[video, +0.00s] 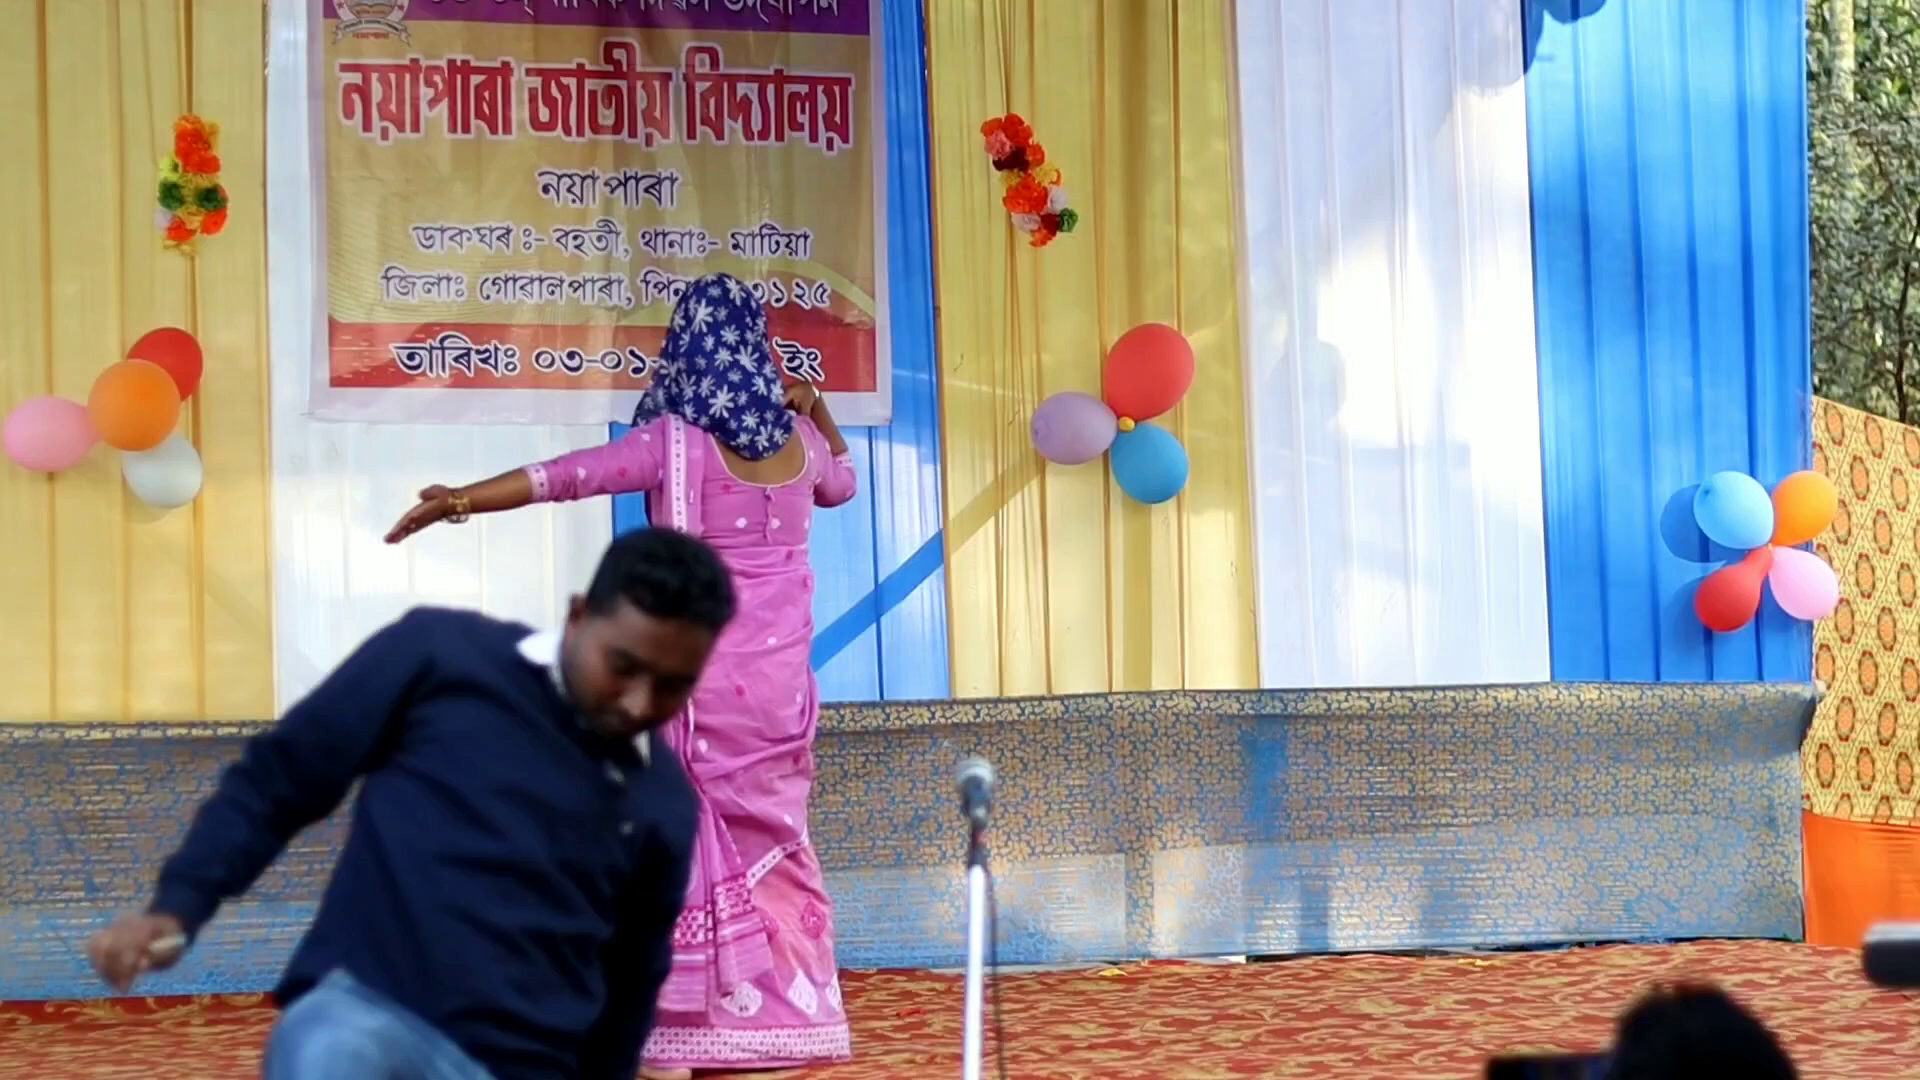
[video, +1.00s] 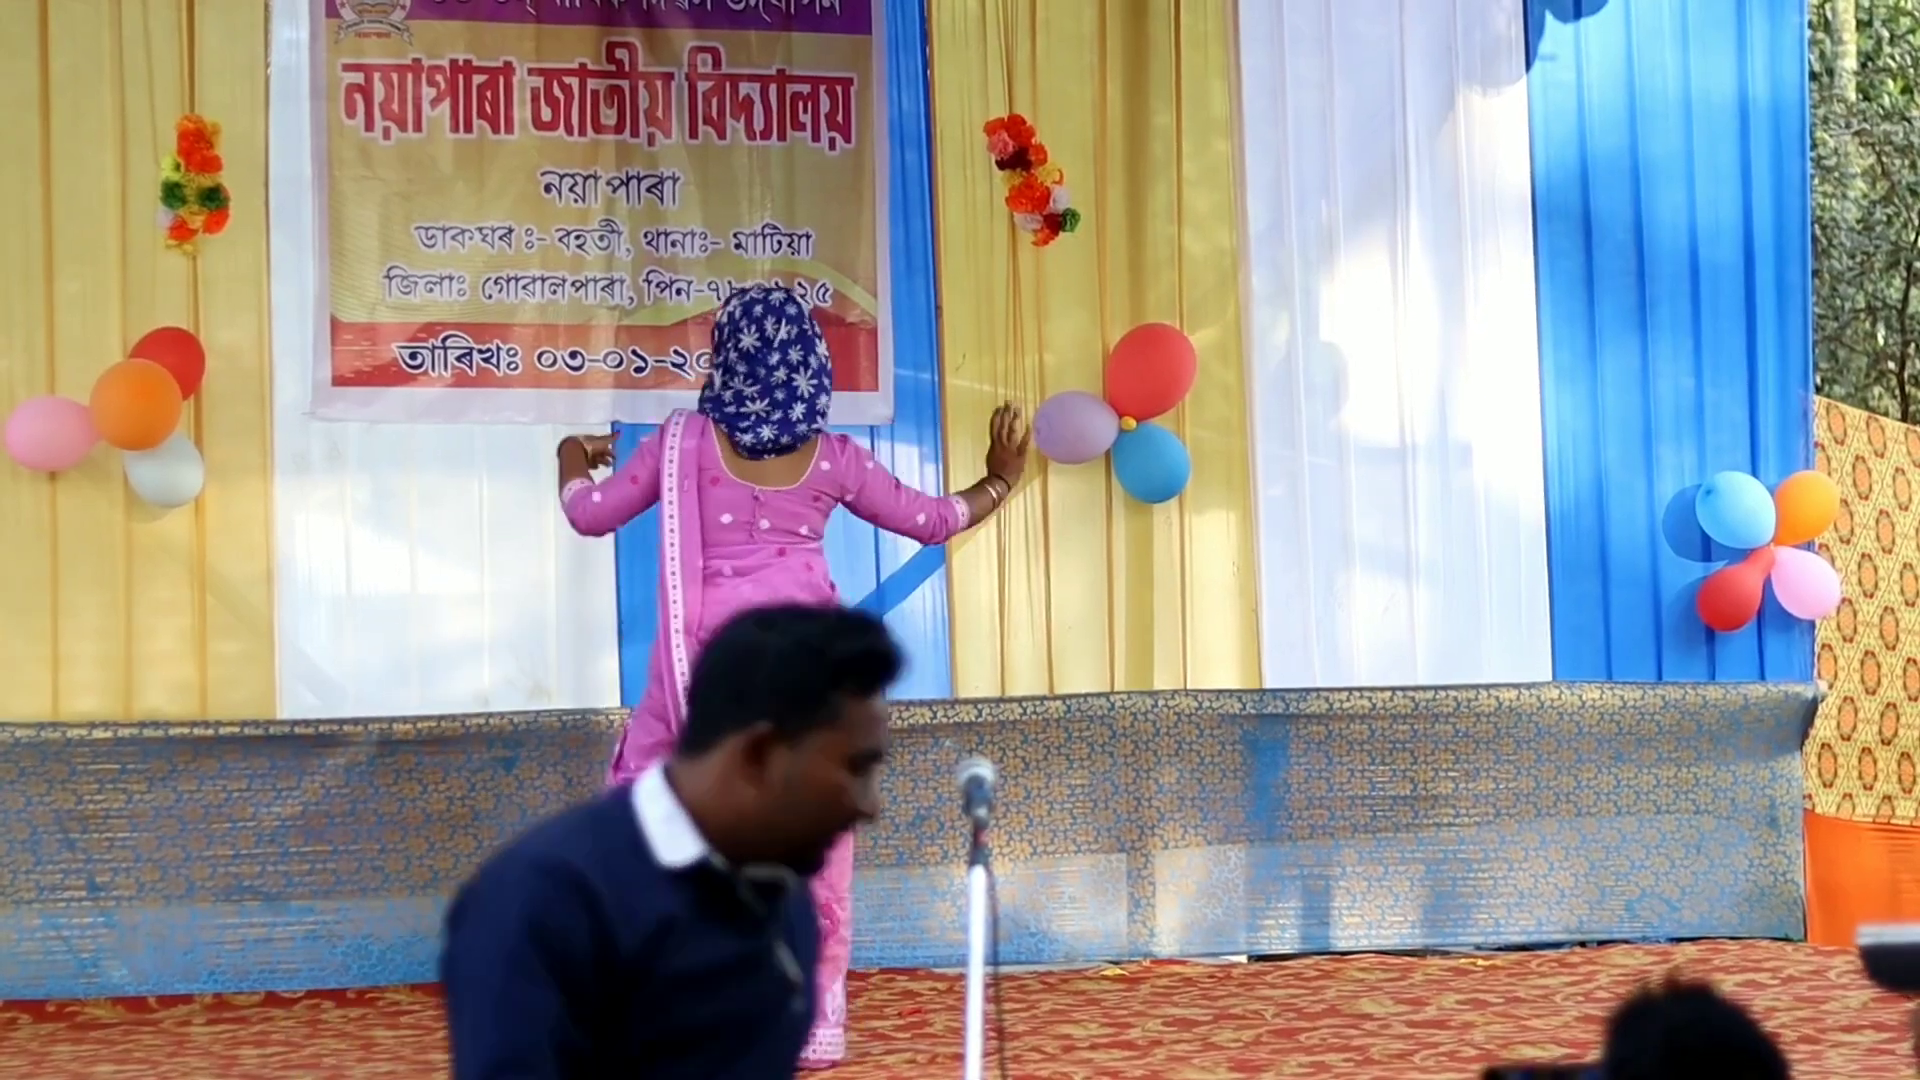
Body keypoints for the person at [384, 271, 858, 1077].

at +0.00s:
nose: (666, 362)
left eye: (672, 349)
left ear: (681, 355)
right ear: (756, 353)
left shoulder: (670, 443)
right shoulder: (796, 444)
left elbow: (564, 476)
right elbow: (841, 486)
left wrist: (462, 498)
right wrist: (816, 414)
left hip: (701, 670)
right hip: (784, 673)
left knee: (690, 841)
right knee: (781, 837)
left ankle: (702, 1019)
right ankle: (799, 1010)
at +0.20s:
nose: (671, 373)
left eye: (677, 361)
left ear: (689, 366)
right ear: (763, 363)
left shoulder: (680, 452)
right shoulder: (801, 451)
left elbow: (572, 486)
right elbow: (847, 495)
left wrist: (464, 508)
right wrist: (819, 422)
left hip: (702, 682)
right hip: (789, 685)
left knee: (682, 838)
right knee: (774, 845)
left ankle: (690, 1010)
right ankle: (791, 1002)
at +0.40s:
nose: (681, 345)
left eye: (688, 331)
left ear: (699, 336)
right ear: (778, 335)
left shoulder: (686, 420)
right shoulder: (814, 420)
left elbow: (586, 483)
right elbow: (863, 474)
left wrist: (474, 530)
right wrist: (840, 400)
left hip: (709, 648)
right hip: (807, 650)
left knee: (682, 810)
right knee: (794, 814)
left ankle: (683, 1004)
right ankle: (792, 1008)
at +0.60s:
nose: (707, 340)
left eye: (716, 329)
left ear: (726, 340)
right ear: (803, 340)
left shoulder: (702, 429)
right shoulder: (839, 428)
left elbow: (609, 508)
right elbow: (914, 474)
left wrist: (506, 579)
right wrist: (878, 395)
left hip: (737, 663)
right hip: (835, 659)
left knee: (697, 817)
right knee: (822, 827)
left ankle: (698, 1015)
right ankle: (810, 1018)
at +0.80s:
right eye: (821, 353)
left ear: (737, 354)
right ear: (822, 361)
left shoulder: (694, 440)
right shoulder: (847, 452)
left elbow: (637, 536)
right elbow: (942, 515)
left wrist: (555, 577)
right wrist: (921, 428)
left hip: (728, 670)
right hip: (832, 671)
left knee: (716, 828)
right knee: (824, 839)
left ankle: (713, 1006)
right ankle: (813, 1016)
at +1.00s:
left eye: (716, 352)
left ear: (722, 361)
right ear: (812, 366)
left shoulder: (679, 443)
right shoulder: (832, 458)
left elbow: (590, 514)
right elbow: (934, 519)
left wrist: (572, 467)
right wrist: (1000, 484)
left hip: (694, 671)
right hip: (802, 669)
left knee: (641, 814)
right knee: (819, 838)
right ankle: (816, 1028)